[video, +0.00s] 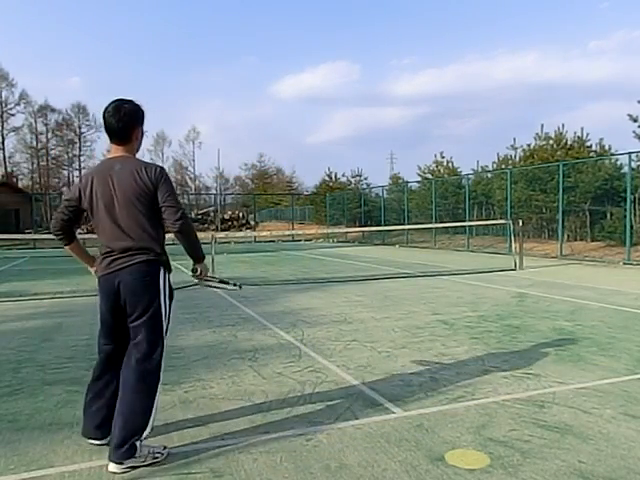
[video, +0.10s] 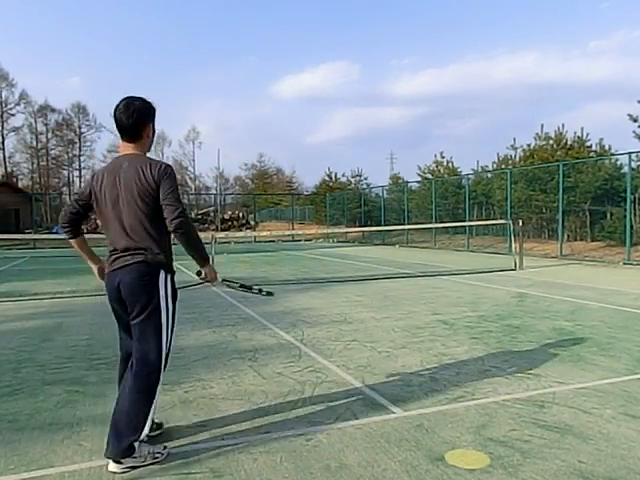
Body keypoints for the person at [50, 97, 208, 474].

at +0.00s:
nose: (144, 134)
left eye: (141, 129)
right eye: (143, 129)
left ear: (107, 134)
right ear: (138, 133)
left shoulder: (88, 178)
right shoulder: (151, 172)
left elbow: (61, 228)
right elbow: (177, 222)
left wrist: (92, 262)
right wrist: (199, 258)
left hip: (108, 277)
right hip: (146, 276)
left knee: (111, 350)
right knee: (143, 356)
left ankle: (96, 426)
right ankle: (125, 450)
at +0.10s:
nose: (155, 131)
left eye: (153, 125)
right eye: (154, 126)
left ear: (118, 130)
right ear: (149, 129)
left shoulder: (98, 176)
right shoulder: (158, 169)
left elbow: (68, 223)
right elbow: (176, 221)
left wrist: (95, 262)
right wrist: (205, 260)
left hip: (115, 276)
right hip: (149, 274)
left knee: (130, 353)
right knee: (149, 357)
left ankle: (136, 423)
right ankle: (124, 450)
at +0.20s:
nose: (166, 132)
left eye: (164, 126)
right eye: (165, 126)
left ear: (130, 131)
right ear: (159, 128)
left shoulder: (110, 180)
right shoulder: (164, 169)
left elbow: (94, 231)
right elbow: (176, 224)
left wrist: (107, 272)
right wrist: (206, 266)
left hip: (126, 276)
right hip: (154, 273)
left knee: (167, 347)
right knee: (153, 358)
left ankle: (172, 423)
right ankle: (123, 447)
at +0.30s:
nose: (176, 131)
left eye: (174, 125)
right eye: (175, 125)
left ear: (141, 131)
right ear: (168, 128)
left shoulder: (132, 176)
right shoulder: (168, 169)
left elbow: (133, 236)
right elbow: (174, 227)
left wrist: (132, 287)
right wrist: (206, 272)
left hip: (145, 273)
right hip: (161, 274)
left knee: (185, 354)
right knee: (159, 363)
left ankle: (201, 429)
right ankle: (127, 445)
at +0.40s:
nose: (182, 134)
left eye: (180, 128)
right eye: (182, 128)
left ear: (148, 132)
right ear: (175, 130)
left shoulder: (145, 173)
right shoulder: (171, 171)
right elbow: (177, 226)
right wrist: (205, 273)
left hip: (160, 274)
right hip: (174, 275)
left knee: (194, 358)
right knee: (171, 362)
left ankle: (208, 435)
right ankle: (131, 441)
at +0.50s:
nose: (188, 132)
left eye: (186, 125)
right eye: (187, 126)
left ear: (154, 131)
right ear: (180, 129)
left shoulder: (154, 172)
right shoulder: (176, 170)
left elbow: (166, 230)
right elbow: (180, 225)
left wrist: (203, 273)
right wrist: (205, 274)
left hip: (173, 273)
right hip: (182, 275)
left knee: (210, 355)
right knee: (191, 359)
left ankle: (206, 434)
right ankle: (143, 432)